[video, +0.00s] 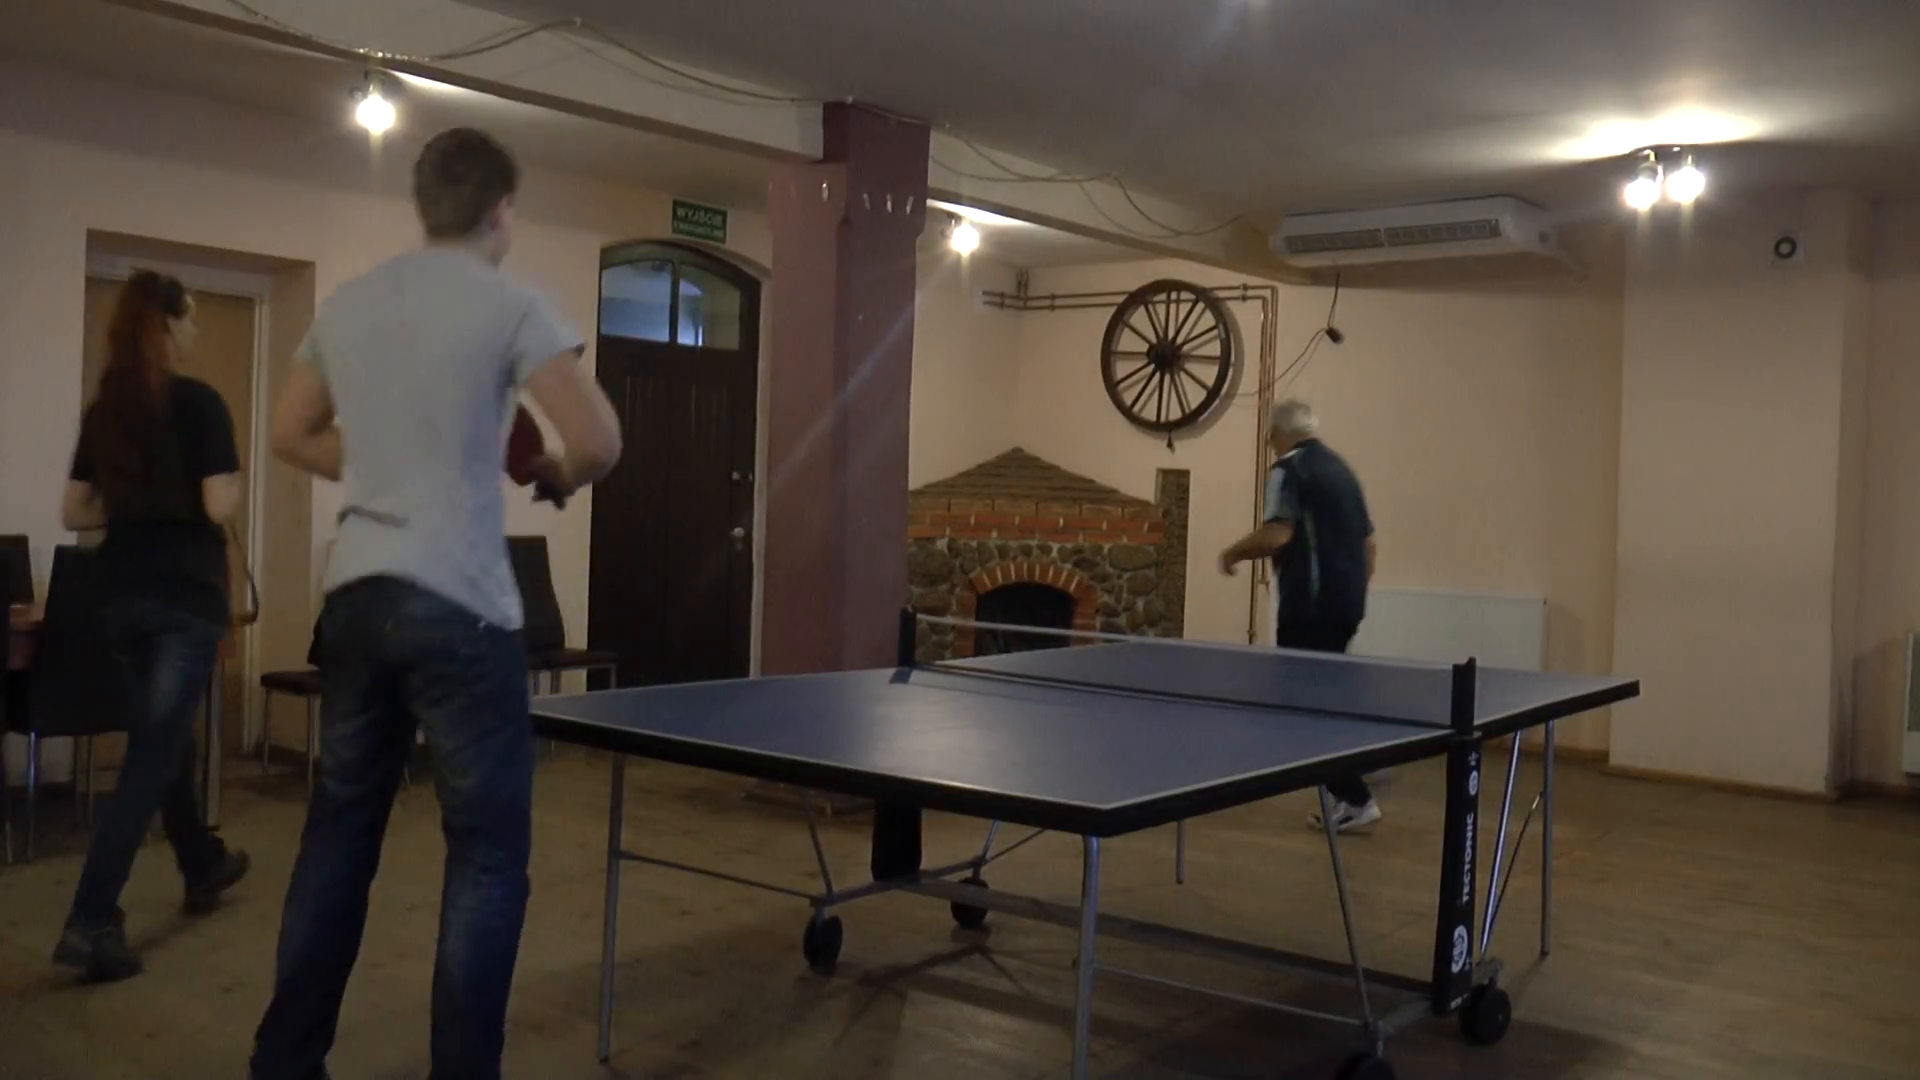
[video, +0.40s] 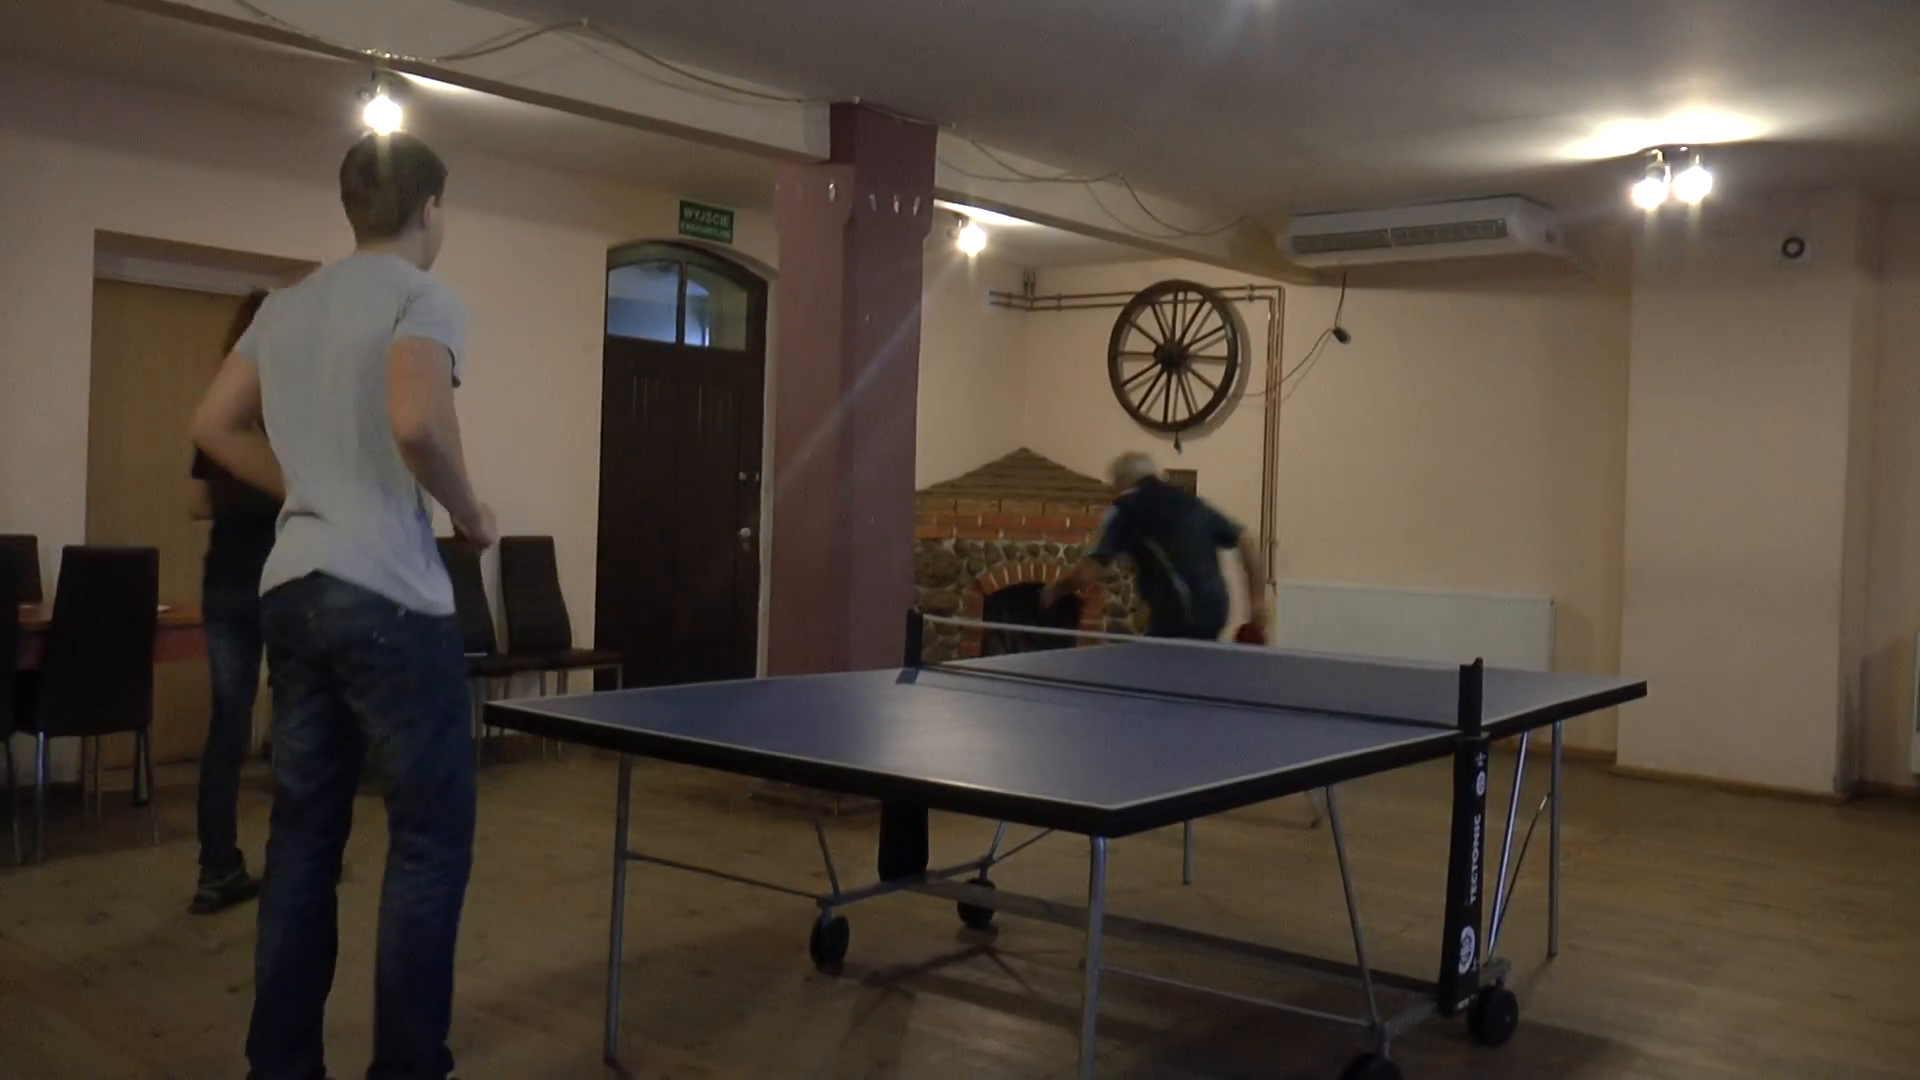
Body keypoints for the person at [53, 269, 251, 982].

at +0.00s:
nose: (193, 332)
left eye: (189, 320)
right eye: (189, 321)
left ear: (125, 325)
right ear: (170, 325)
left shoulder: (105, 404)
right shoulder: (200, 401)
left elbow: (75, 511)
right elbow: (222, 503)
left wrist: (134, 510)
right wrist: (221, 498)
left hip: (120, 590)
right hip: (187, 589)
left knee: (166, 742)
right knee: (149, 758)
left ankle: (203, 866)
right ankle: (90, 925)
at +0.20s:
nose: (248, 340)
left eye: (245, 328)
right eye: (243, 330)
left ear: (182, 334)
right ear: (224, 336)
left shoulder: (161, 411)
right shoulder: (249, 407)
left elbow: (140, 507)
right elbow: (265, 495)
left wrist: (191, 507)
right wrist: (291, 525)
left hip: (179, 586)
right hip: (240, 586)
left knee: (213, 728)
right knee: (252, 734)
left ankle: (217, 869)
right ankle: (169, 851)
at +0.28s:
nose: (260, 341)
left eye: (257, 330)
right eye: (257, 331)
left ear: (203, 331)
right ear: (242, 333)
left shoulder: (187, 402)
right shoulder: (260, 402)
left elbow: (166, 499)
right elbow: (278, 488)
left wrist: (217, 496)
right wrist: (290, 505)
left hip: (198, 576)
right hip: (257, 576)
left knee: (219, 717)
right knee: (283, 714)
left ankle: (215, 868)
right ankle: (219, 829)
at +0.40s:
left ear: (234, 338)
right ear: (286, 341)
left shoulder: (219, 408)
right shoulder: (300, 401)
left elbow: (202, 498)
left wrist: (254, 492)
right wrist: (287, 484)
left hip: (227, 572)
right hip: (285, 574)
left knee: (227, 724)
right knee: (298, 729)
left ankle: (218, 870)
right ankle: (303, 869)